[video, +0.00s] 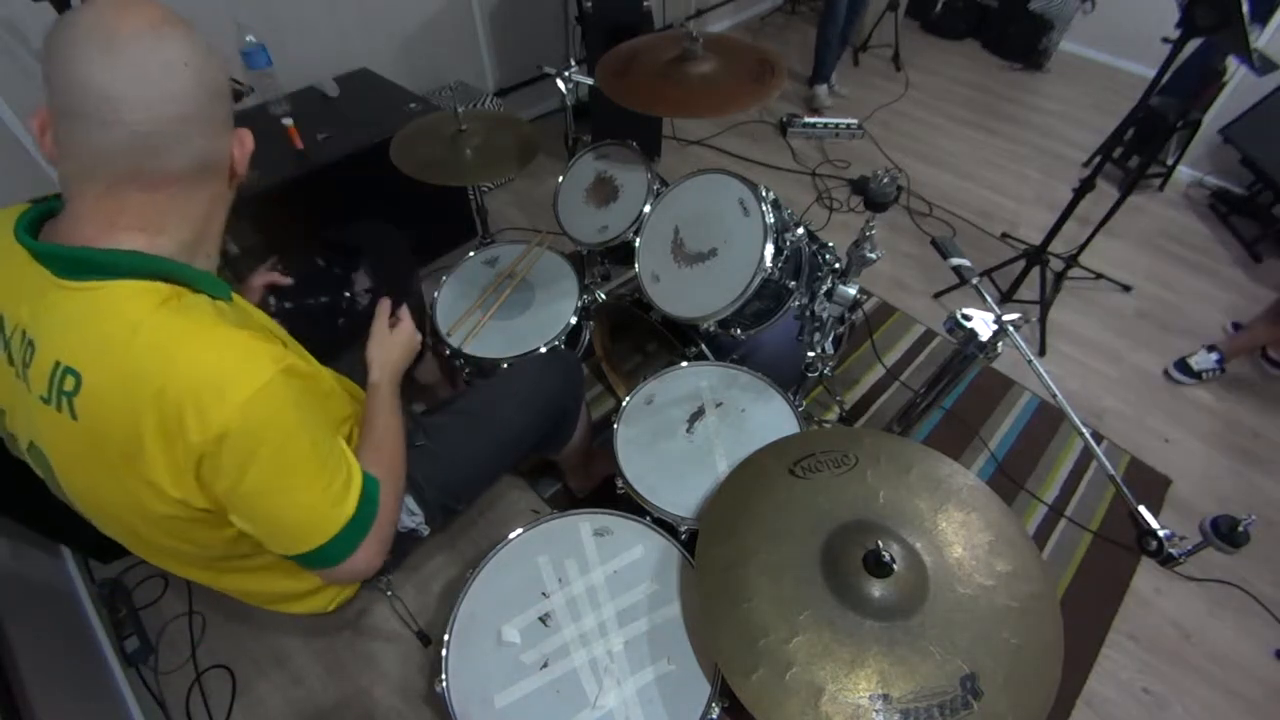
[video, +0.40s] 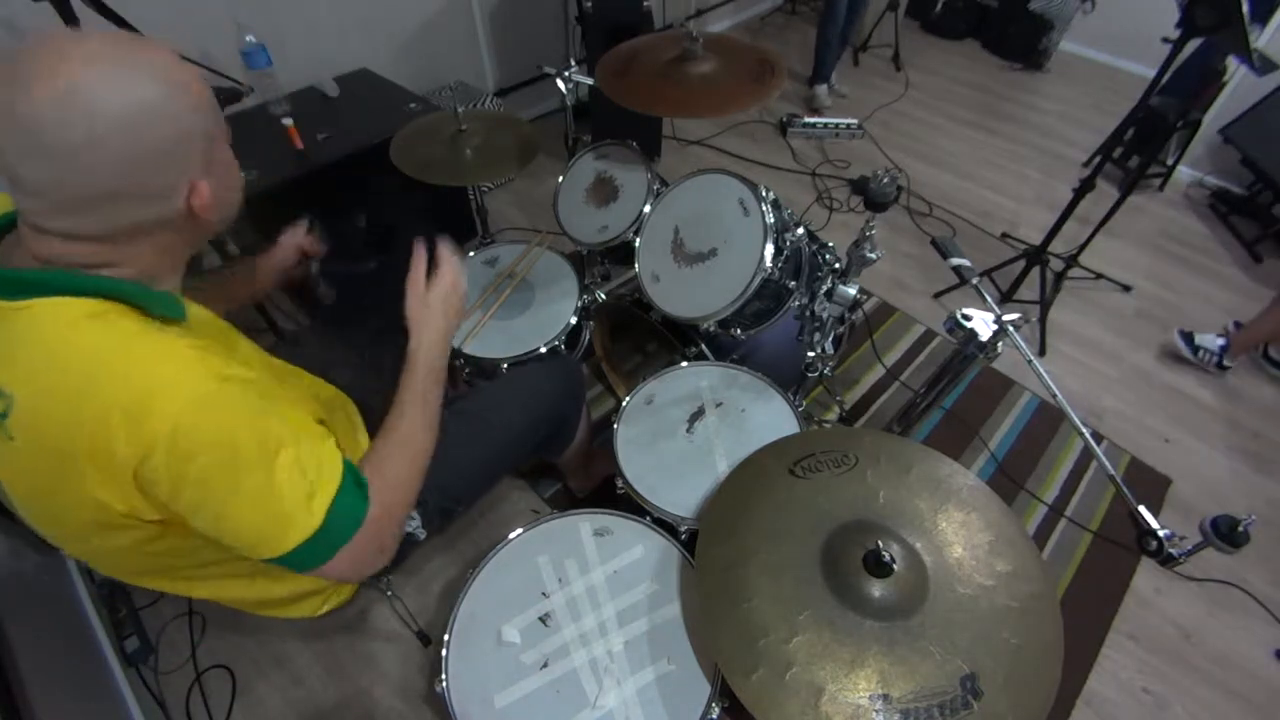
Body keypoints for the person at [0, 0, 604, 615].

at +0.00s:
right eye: (248, 125)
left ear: (45, 135)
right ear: (239, 156)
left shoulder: (20, 243)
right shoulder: (237, 382)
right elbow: (361, 550)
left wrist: (230, 309)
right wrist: (384, 380)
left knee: (372, 250)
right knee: (553, 365)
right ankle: (581, 467)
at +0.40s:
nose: (235, 158)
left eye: (223, 140)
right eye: (226, 148)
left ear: (48, 179)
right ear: (199, 200)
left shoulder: (21, 258)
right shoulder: (177, 403)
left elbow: (138, 314)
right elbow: (365, 544)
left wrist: (251, 280)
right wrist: (430, 347)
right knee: (555, 373)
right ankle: (584, 470)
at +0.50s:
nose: (249, 207)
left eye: (248, 188)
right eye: (240, 194)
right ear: (193, 230)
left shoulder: (21, 233)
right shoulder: (157, 422)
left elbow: (191, 292)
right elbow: (384, 527)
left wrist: (266, 240)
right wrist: (414, 298)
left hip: (265, 385)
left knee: (406, 324)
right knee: (552, 376)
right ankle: (582, 467)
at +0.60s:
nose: (285, 229)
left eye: (279, 211)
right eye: (274, 221)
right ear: (193, 258)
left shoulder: (30, 219)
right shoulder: (124, 419)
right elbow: (398, 498)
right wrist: (352, 254)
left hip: (249, 376)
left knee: (387, 286)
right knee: (553, 379)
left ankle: (427, 386)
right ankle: (577, 470)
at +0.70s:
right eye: (244, 257)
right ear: (196, 261)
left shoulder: (36, 215)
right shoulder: (91, 411)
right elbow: (405, 474)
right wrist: (275, 224)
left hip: (240, 369)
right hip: (330, 516)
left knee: (414, 288)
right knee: (553, 380)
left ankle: (428, 394)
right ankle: (576, 469)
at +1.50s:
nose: (292, 208)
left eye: (287, 187)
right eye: (272, 195)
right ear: (161, 217)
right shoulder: (78, 366)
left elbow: (318, 287)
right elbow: (425, 391)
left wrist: (327, 184)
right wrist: (190, 156)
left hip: (269, 364)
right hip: (341, 503)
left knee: (488, 277)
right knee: (553, 376)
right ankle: (575, 470)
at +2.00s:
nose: (283, 188)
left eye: (268, 160)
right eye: (245, 175)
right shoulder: (72, 368)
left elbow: (323, 246)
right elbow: (431, 379)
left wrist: (263, 108)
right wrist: (155, 191)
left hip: (265, 355)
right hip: (339, 503)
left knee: (486, 277)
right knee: (552, 378)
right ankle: (572, 470)